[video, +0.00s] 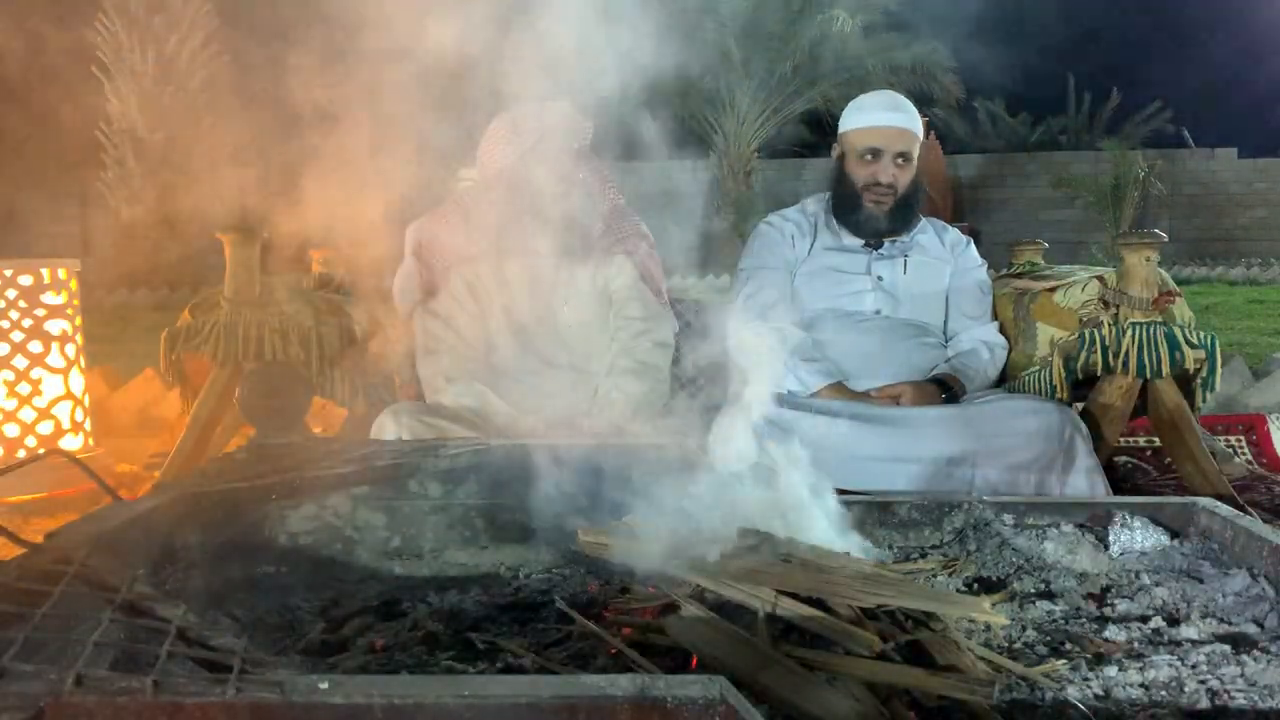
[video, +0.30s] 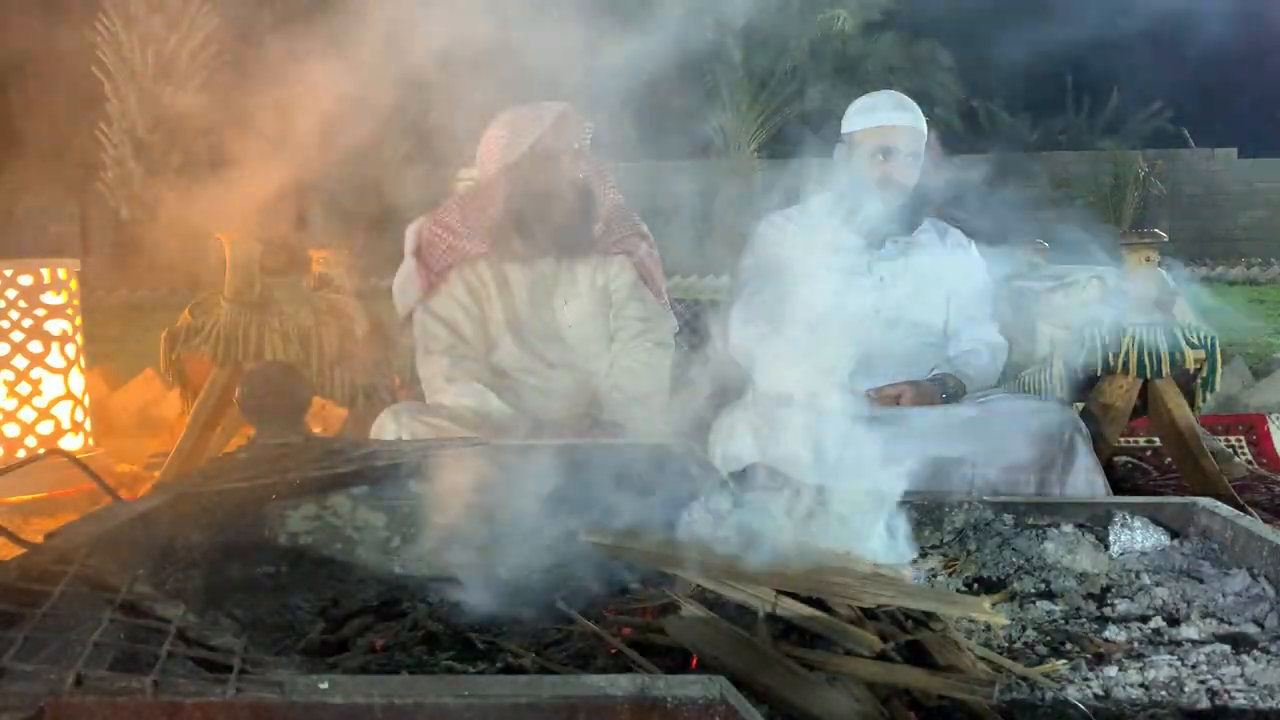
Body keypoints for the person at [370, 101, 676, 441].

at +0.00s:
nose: (574, 175)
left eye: (577, 161)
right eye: (552, 162)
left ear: (588, 174)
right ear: (509, 178)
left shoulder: (616, 273)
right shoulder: (461, 291)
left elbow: (641, 372)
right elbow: (447, 387)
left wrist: (598, 429)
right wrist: (521, 430)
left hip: (598, 440)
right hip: (499, 442)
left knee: (685, 439)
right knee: (396, 424)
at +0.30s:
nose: (560, 178)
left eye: (571, 160)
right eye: (541, 162)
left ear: (585, 169)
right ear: (507, 179)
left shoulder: (615, 256)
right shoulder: (458, 267)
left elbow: (644, 348)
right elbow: (446, 375)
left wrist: (617, 432)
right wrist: (515, 434)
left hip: (599, 434)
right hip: (499, 434)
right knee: (396, 426)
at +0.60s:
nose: (576, 174)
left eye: (579, 157)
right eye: (554, 159)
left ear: (592, 165)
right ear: (511, 175)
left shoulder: (617, 261)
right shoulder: (459, 269)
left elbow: (645, 351)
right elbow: (448, 380)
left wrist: (605, 425)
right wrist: (524, 433)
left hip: (603, 437)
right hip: (500, 439)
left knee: (676, 459)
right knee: (397, 426)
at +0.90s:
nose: (576, 177)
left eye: (580, 159)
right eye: (554, 162)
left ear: (591, 167)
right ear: (510, 178)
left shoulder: (619, 257)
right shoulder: (457, 262)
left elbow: (646, 350)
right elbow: (448, 378)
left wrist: (605, 427)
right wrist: (517, 435)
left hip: (600, 433)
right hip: (497, 433)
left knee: (677, 466)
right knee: (396, 429)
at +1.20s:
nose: (575, 178)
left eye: (580, 159)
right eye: (551, 162)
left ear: (593, 167)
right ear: (508, 177)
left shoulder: (619, 258)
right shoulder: (459, 263)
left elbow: (645, 350)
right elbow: (447, 378)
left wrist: (605, 429)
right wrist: (528, 434)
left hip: (602, 436)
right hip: (498, 436)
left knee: (679, 462)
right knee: (397, 427)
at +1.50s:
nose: (574, 174)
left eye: (577, 158)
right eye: (551, 159)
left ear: (588, 166)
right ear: (509, 175)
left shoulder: (616, 263)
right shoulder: (461, 269)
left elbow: (644, 350)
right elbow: (448, 379)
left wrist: (607, 428)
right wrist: (525, 434)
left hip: (596, 435)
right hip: (497, 437)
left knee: (670, 453)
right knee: (397, 426)